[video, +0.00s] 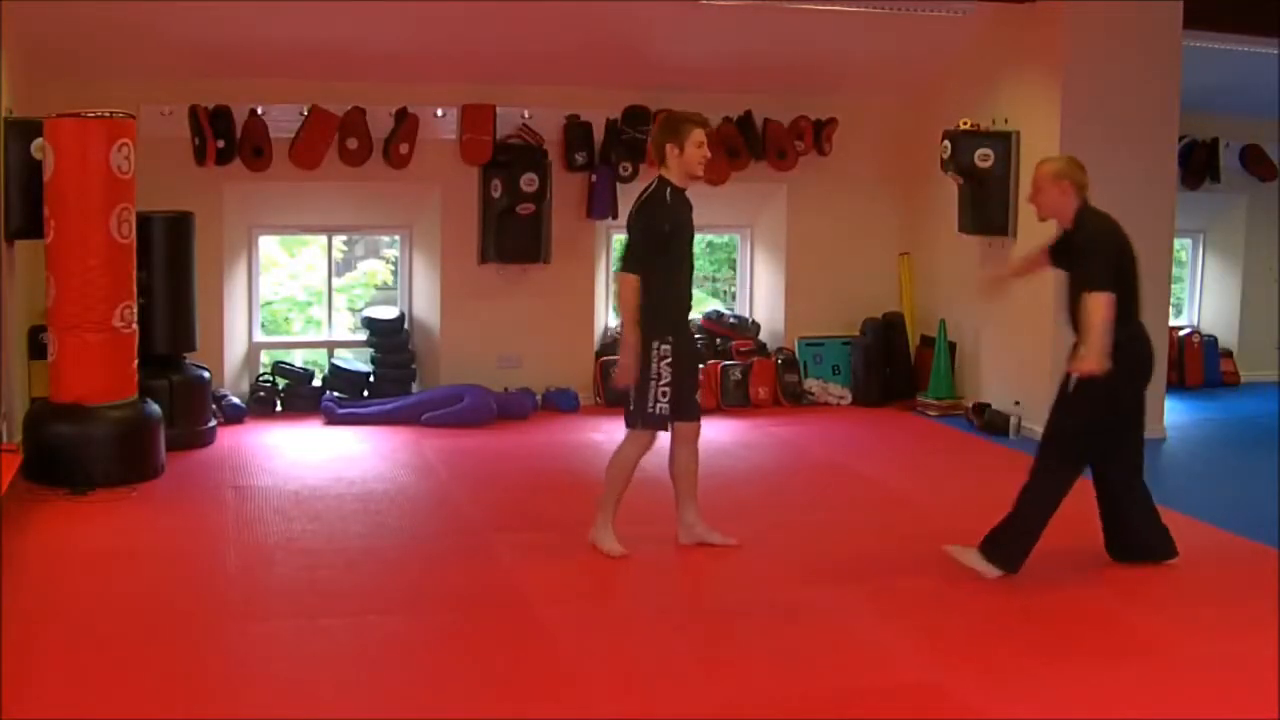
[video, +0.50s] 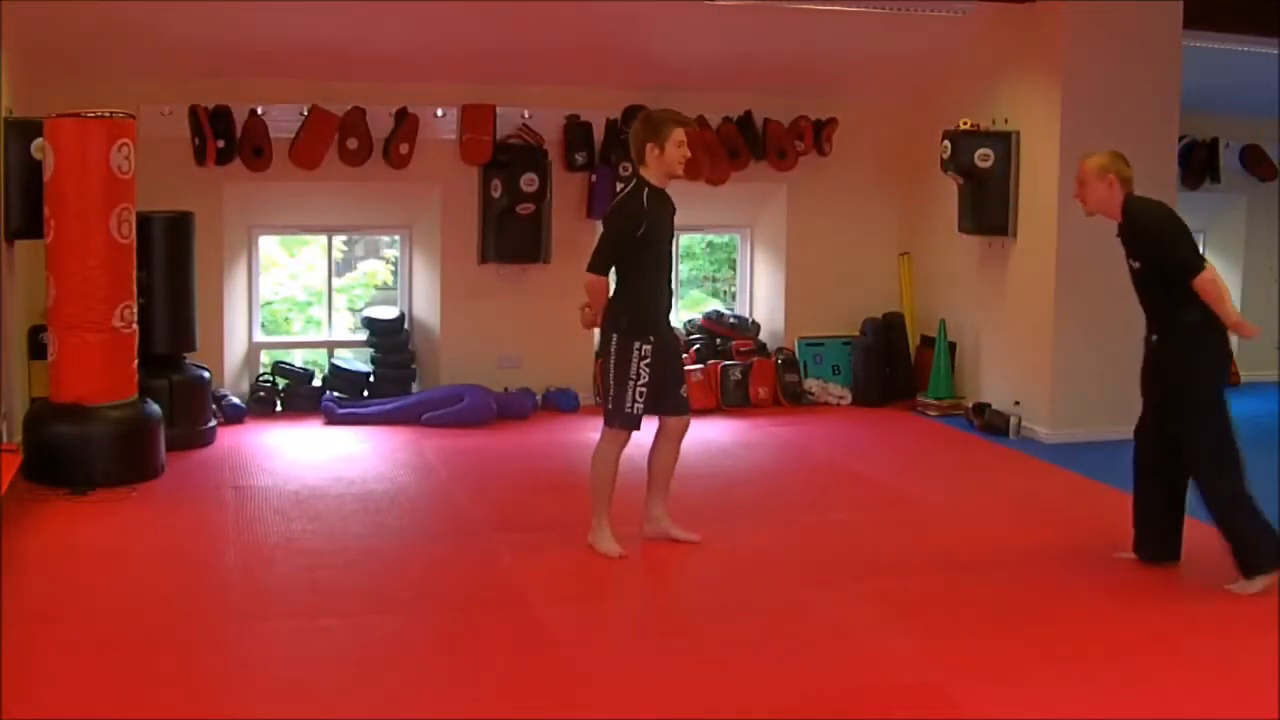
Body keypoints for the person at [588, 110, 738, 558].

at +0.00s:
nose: (707, 154)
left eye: (707, 146)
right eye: (699, 146)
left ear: (684, 152)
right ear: (672, 151)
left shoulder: (679, 201)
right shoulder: (654, 202)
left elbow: (669, 278)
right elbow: (628, 279)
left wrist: (679, 337)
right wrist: (628, 349)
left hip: (678, 332)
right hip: (652, 333)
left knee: (686, 429)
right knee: (642, 434)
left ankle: (690, 523)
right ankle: (602, 524)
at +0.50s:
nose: (687, 153)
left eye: (687, 145)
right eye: (679, 145)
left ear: (661, 152)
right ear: (652, 150)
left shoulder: (663, 201)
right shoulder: (632, 202)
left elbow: (642, 271)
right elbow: (595, 277)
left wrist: (603, 309)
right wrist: (601, 312)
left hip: (659, 329)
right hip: (628, 329)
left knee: (676, 420)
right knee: (618, 429)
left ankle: (656, 517)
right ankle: (599, 527)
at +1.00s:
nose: (706, 151)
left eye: (706, 144)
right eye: (698, 144)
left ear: (683, 151)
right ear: (670, 149)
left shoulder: (682, 199)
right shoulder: (653, 196)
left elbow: (667, 268)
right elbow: (623, 272)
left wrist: (628, 299)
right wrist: (623, 305)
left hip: (678, 326)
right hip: (654, 326)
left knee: (675, 426)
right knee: (659, 430)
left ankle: (657, 517)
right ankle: (607, 514)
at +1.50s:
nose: (738, 168)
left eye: (739, 160)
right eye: (732, 159)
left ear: (707, 161)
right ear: (703, 158)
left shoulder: (697, 206)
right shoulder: (672, 204)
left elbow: (666, 266)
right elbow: (625, 268)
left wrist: (631, 298)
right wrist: (626, 301)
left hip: (680, 333)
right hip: (656, 334)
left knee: (708, 417)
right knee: (666, 438)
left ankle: (685, 504)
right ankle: (629, 532)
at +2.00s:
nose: (774, 297)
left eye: (774, 288)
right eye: (770, 287)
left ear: (739, 285)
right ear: (743, 286)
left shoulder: (704, 302)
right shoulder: (681, 321)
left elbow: (653, 328)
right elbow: (617, 355)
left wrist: (617, 348)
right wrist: (587, 365)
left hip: (653, 382)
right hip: (619, 388)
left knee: (690, 452)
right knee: (662, 481)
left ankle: (683, 512)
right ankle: (603, 578)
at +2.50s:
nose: (748, 185)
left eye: (747, 174)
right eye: (746, 174)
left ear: (698, 170)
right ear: (727, 172)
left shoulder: (670, 218)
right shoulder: (700, 224)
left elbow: (618, 288)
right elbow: (659, 302)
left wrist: (614, 344)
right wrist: (635, 348)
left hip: (642, 378)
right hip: (681, 378)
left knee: (640, 500)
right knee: (725, 503)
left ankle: (594, 616)